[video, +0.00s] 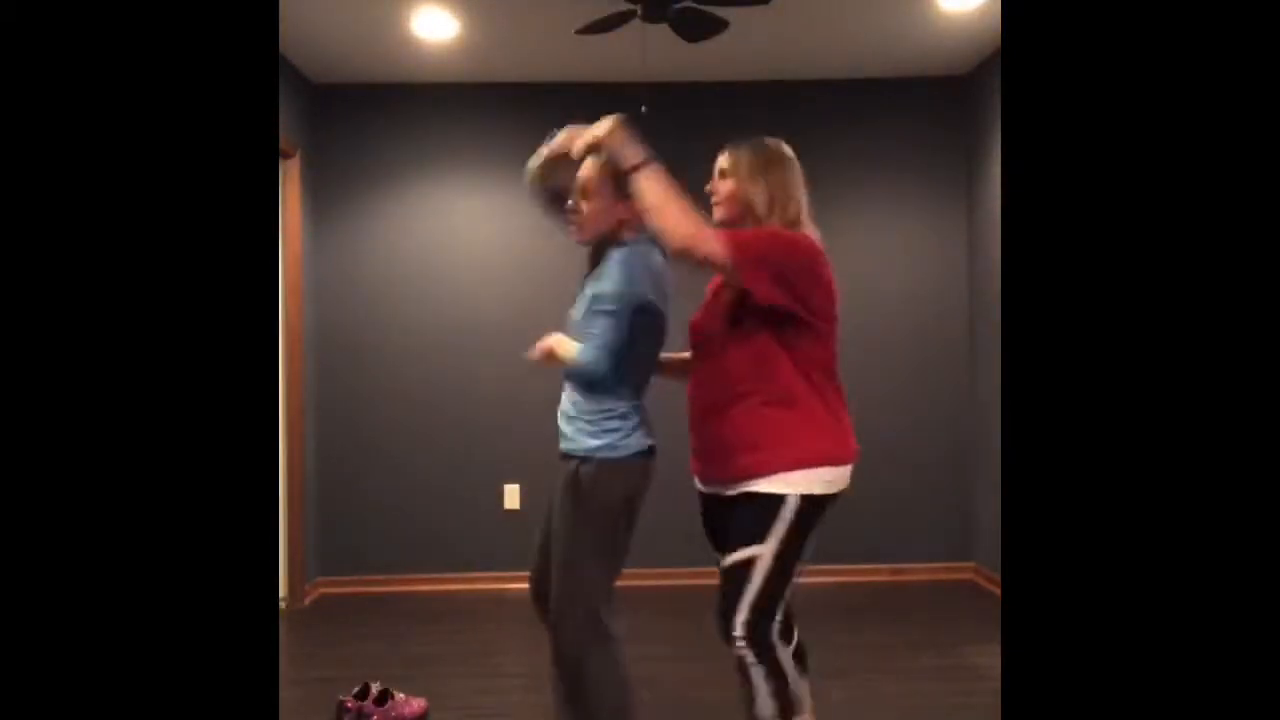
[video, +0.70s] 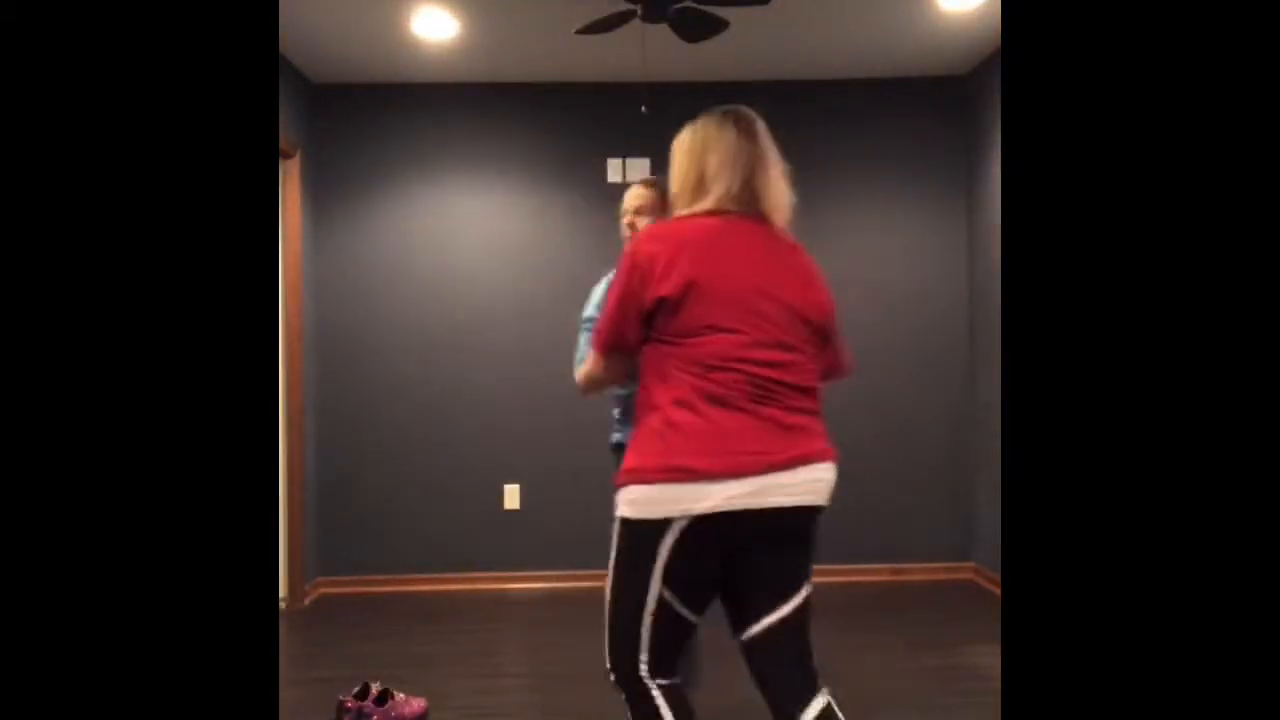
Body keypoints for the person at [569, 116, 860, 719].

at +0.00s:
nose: (712, 188)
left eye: (724, 176)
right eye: (712, 177)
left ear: (763, 186)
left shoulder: (795, 253)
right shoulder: (736, 264)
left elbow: (685, 237)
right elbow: (715, 364)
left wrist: (630, 150)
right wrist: (630, 355)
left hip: (791, 470)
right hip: (731, 474)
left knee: (746, 624)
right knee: (768, 626)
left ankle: (782, 712)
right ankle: (795, 710)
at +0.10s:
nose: (705, 179)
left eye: (717, 166)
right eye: (709, 167)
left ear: (753, 173)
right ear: (761, 176)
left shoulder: (774, 241)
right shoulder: (750, 247)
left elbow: (655, 277)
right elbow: (724, 366)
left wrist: (586, 220)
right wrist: (642, 367)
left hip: (784, 463)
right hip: (749, 463)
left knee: (728, 629)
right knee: (771, 618)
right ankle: (804, 709)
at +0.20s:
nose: (702, 174)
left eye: (712, 162)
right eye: (706, 162)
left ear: (744, 170)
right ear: (772, 172)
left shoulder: (739, 242)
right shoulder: (792, 240)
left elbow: (649, 328)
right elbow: (743, 335)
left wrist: (580, 289)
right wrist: (677, 370)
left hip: (753, 469)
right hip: (808, 462)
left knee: (715, 636)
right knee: (764, 613)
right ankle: (817, 710)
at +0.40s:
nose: (707, 178)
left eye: (713, 166)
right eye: (712, 166)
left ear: (728, 170)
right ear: (801, 170)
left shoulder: (707, 246)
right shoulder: (831, 255)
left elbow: (641, 355)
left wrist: (633, 313)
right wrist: (678, 313)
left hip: (723, 486)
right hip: (825, 485)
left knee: (703, 662)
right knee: (795, 660)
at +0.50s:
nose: (707, 177)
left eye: (712, 166)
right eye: (710, 167)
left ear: (726, 171)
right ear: (804, 172)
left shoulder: (700, 245)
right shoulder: (835, 257)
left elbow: (639, 354)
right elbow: (864, 367)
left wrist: (645, 316)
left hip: (715, 491)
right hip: (828, 490)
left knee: (665, 662)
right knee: (815, 677)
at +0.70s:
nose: (667, 179)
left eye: (673, 168)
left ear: (689, 171)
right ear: (767, 174)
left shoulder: (659, 245)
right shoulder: (792, 256)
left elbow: (609, 359)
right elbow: (833, 361)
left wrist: (587, 379)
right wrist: (756, 363)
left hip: (679, 492)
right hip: (791, 487)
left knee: (642, 669)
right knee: (789, 670)